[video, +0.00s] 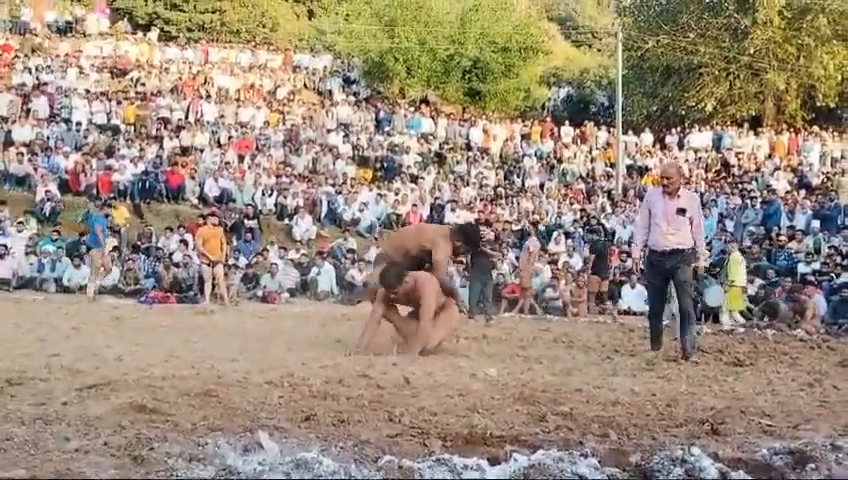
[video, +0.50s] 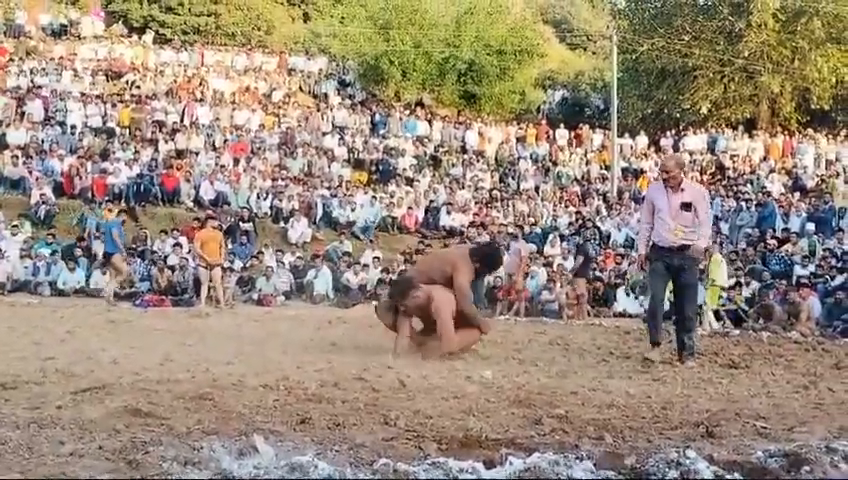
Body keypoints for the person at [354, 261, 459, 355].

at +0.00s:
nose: (391, 296)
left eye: (394, 292)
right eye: (388, 292)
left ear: (406, 282)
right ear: (384, 286)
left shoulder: (427, 284)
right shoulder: (386, 290)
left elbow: (425, 323)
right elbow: (375, 319)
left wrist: (412, 354)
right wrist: (361, 349)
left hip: (445, 309)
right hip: (419, 311)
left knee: (427, 345)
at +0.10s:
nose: (390, 298)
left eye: (393, 293)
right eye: (387, 294)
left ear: (403, 283)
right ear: (382, 290)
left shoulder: (424, 283)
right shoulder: (384, 293)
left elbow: (425, 322)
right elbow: (377, 322)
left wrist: (415, 353)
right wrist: (362, 349)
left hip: (450, 307)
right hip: (426, 312)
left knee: (432, 346)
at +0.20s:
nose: (389, 301)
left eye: (392, 296)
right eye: (385, 297)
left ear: (402, 284)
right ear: (381, 293)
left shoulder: (423, 283)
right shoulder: (385, 297)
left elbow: (424, 320)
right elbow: (381, 326)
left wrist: (415, 353)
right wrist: (374, 350)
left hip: (455, 311)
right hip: (430, 315)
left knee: (431, 349)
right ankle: (414, 338)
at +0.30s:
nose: (389, 304)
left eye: (391, 299)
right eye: (386, 301)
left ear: (400, 287)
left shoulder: (424, 284)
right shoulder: (391, 299)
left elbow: (427, 322)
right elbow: (392, 327)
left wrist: (416, 354)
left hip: (458, 315)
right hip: (432, 317)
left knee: (430, 351)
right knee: (409, 348)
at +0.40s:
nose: (394, 306)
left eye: (396, 300)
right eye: (391, 303)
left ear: (406, 288)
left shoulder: (431, 288)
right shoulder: (398, 301)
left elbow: (433, 330)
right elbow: (397, 329)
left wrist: (414, 355)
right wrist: (393, 355)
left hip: (463, 323)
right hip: (436, 324)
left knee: (432, 350)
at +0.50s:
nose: (402, 311)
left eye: (403, 305)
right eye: (400, 307)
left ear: (416, 295)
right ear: (415, 294)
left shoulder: (440, 301)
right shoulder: (406, 303)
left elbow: (449, 347)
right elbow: (403, 335)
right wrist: (398, 360)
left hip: (466, 327)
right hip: (435, 326)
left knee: (430, 351)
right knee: (414, 343)